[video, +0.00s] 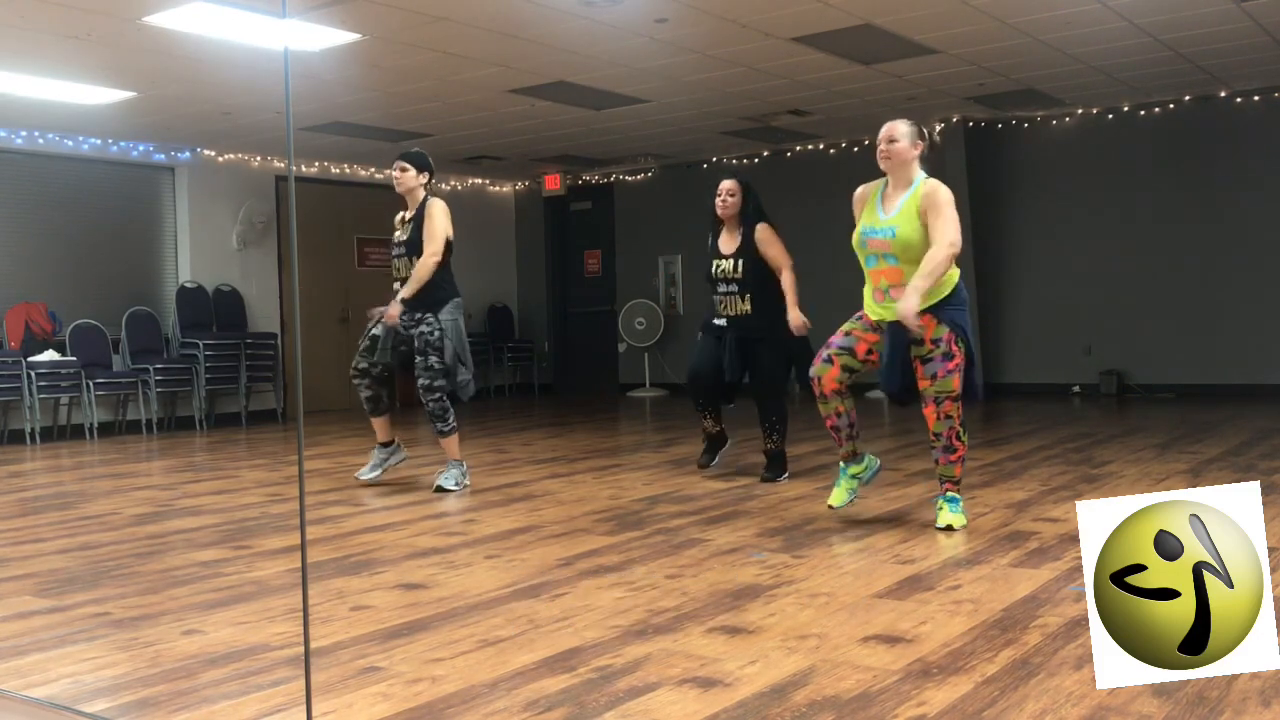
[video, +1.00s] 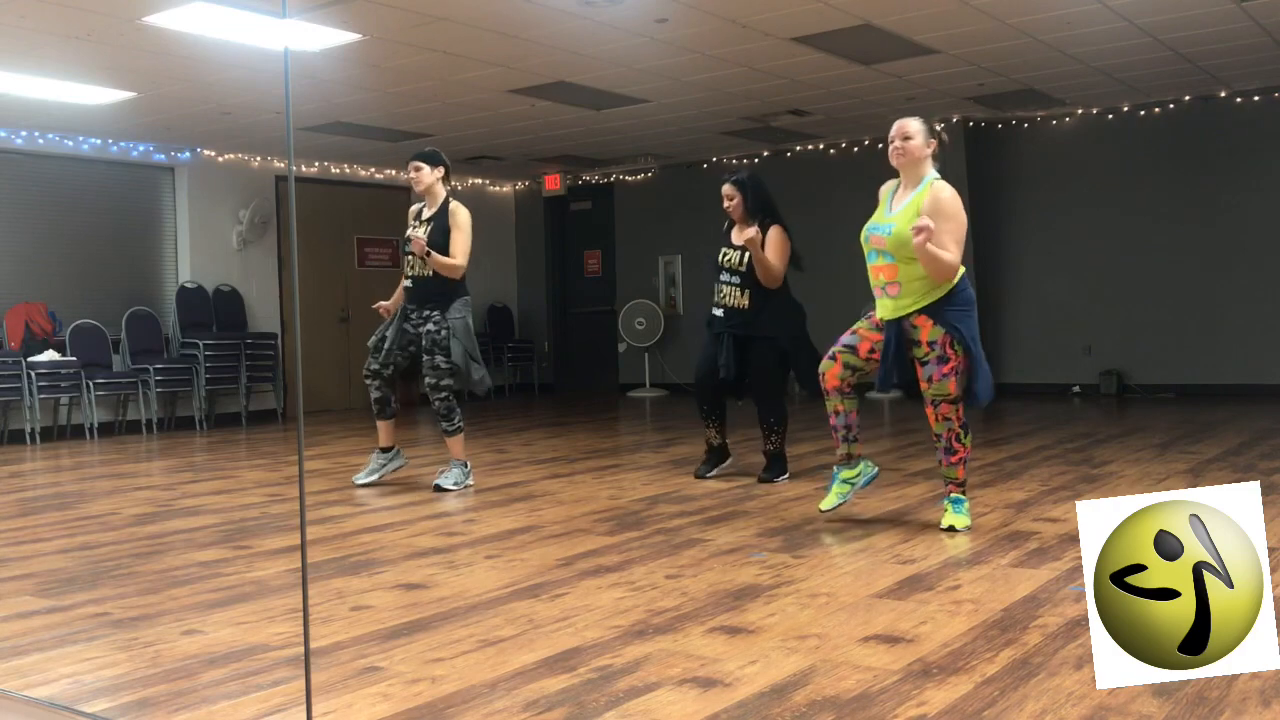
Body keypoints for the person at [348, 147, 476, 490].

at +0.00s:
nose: (395, 174)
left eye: (403, 170)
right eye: (394, 170)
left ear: (423, 176)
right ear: (395, 178)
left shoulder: (435, 207)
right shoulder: (400, 219)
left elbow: (433, 257)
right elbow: (406, 267)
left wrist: (399, 301)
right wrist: (393, 304)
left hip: (436, 312)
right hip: (405, 311)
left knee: (431, 386)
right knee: (365, 371)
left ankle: (456, 466)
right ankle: (387, 446)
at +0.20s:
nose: (390, 170)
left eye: (397, 165)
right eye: (389, 165)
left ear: (418, 171)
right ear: (389, 172)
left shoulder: (433, 204)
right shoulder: (391, 215)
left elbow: (456, 253)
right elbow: (398, 270)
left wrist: (452, 303)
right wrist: (363, 285)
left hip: (430, 311)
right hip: (394, 312)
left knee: (439, 386)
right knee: (394, 385)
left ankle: (456, 465)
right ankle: (400, 462)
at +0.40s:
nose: (387, 173)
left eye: (394, 169)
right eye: (385, 169)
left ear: (415, 175)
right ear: (385, 177)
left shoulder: (433, 214)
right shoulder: (376, 214)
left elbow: (462, 260)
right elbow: (360, 263)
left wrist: (472, 300)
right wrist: (337, 293)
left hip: (426, 310)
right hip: (389, 313)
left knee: (426, 378)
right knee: (384, 384)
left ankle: (455, 459)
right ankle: (400, 463)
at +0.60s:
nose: (393, 170)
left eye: (401, 164)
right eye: (392, 165)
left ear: (421, 171)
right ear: (393, 173)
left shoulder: (439, 213)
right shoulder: (383, 210)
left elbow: (456, 263)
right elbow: (368, 264)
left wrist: (455, 294)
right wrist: (339, 305)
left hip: (425, 309)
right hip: (388, 311)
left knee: (430, 382)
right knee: (394, 387)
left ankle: (458, 461)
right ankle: (402, 463)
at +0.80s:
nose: (405, 168)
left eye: (412, 163)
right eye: (403, 164)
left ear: (433, 169)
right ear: (404, 173)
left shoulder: (447, 208)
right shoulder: (401, 207)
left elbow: (461, 264)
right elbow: (395, 262)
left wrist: (441, 272)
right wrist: (372, 301)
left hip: (436, 310)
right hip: (400, 308)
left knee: (441, 385)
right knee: (390, 381)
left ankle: (459, 465)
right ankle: (398, 461)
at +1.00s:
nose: (412, 176)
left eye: (418, 170)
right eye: (409, 172)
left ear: (439, 172)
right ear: (411, 178)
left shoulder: (457, 212)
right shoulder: (416, 213)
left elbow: (458, 269)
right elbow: (412, 267)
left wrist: (426, 253)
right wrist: (394, 302)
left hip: (445, 312)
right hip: (412, 311)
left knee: (440, 385)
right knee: (377, 371)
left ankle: (459, 465)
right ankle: (387, 451)